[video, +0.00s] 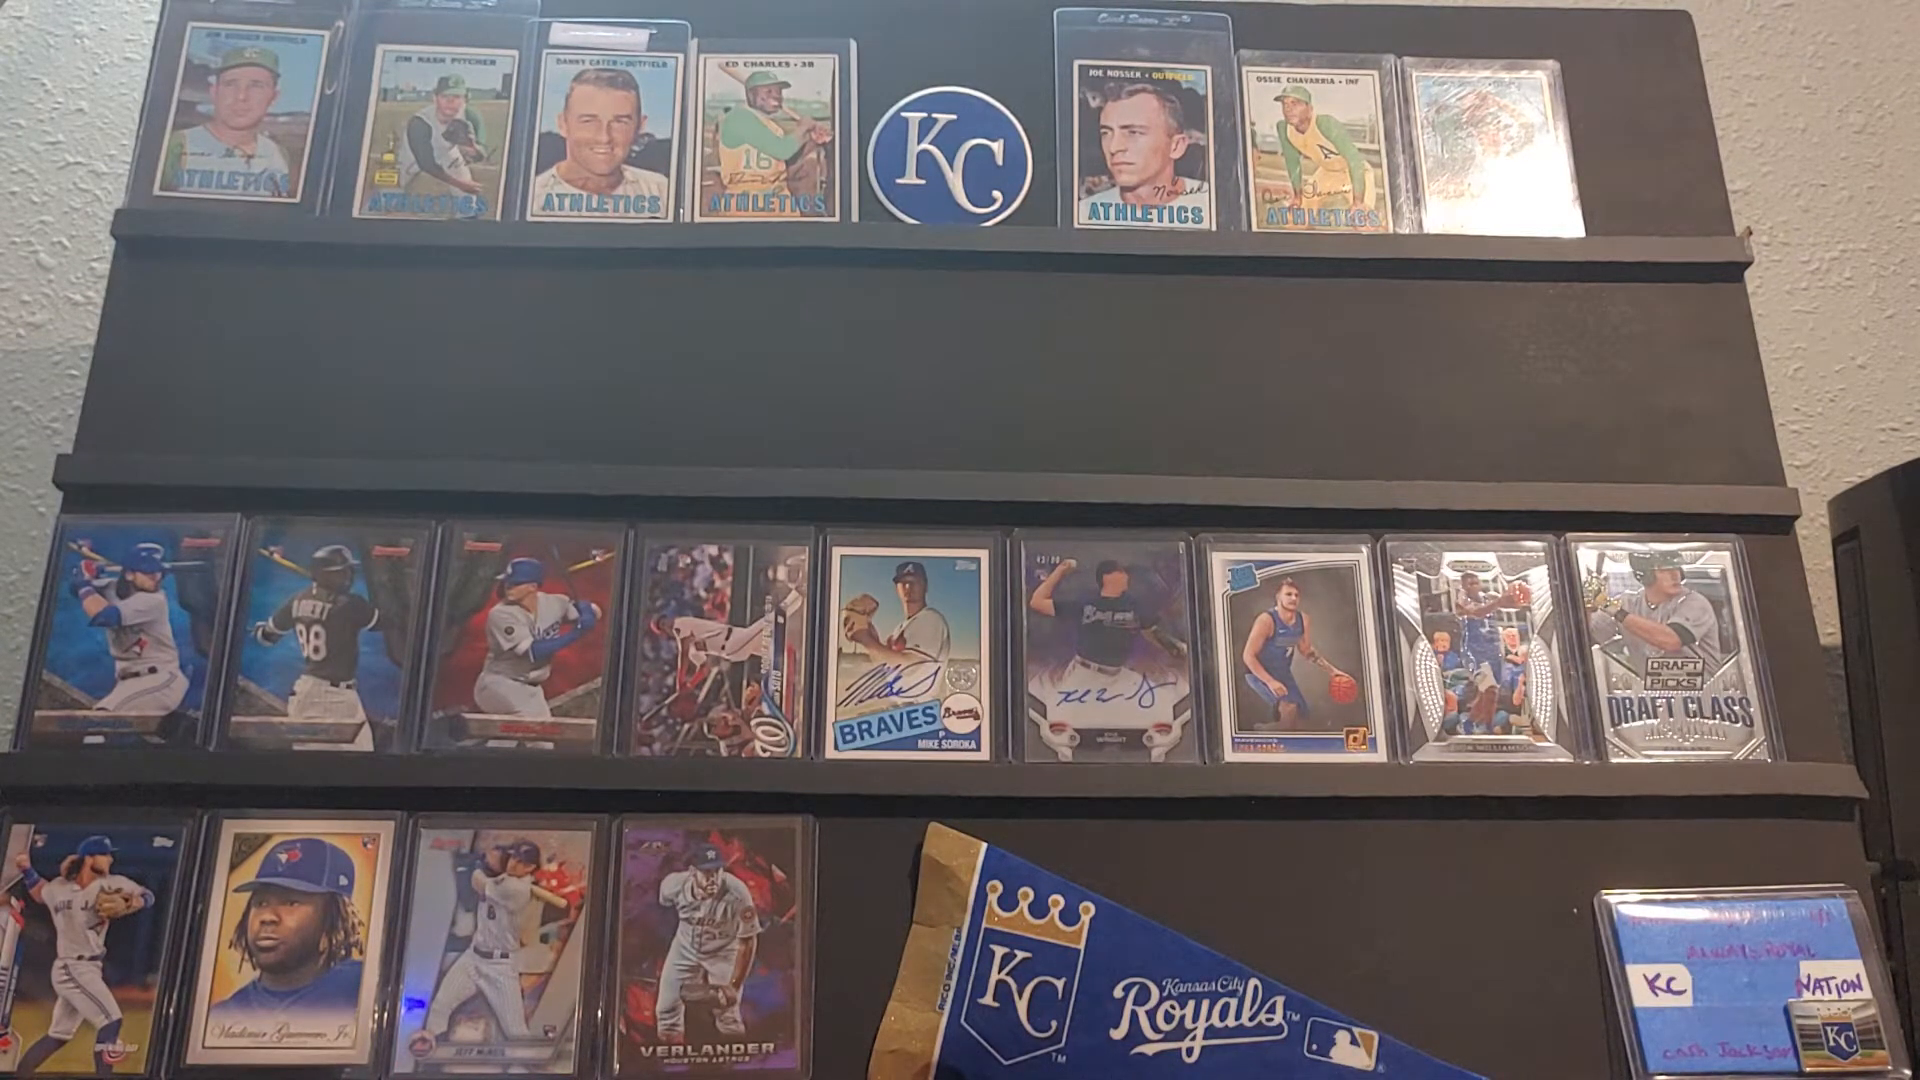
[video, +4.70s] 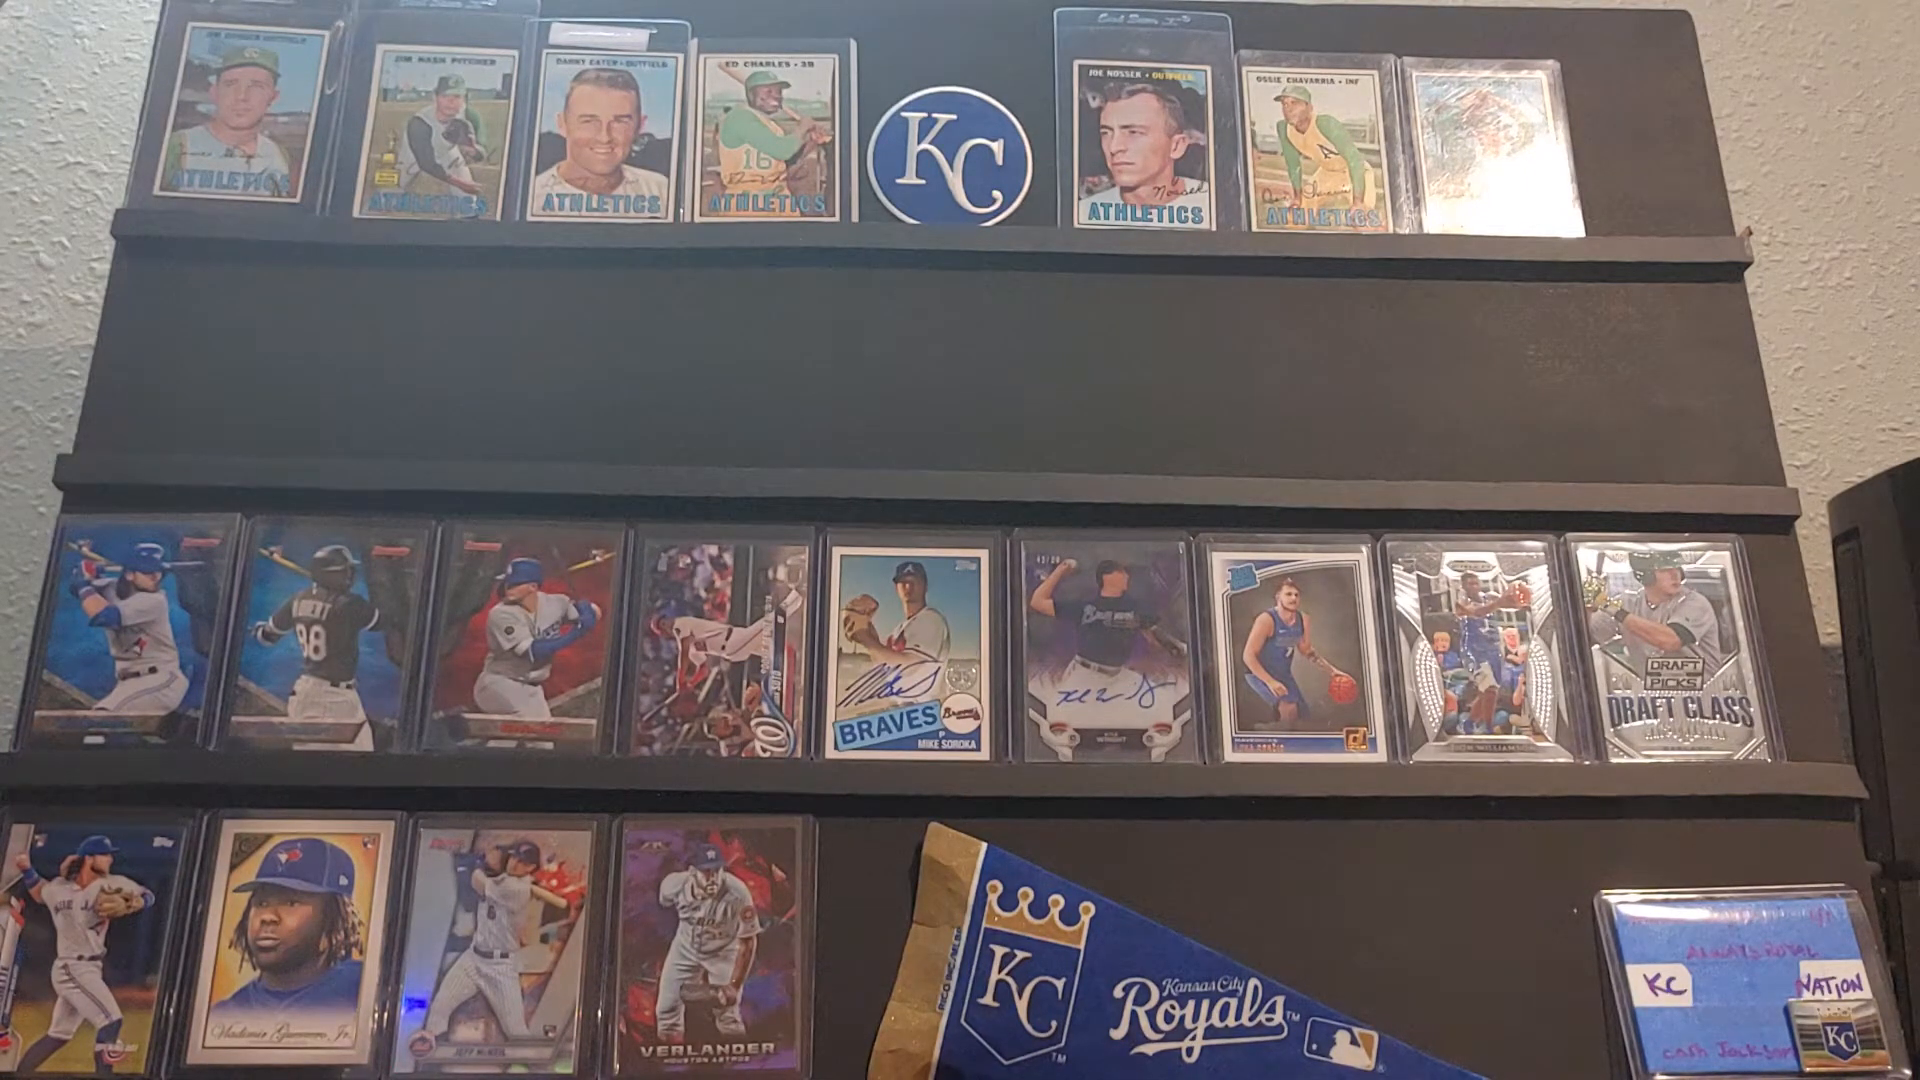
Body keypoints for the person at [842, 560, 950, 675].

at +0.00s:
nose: (907, 588)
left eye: (913, 582)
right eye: (902, 583)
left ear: (925, 587)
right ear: (896, 588)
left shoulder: (930, 619)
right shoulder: (902, 626)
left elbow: (910, 662)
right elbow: (882, 661)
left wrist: (866, 640)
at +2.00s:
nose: (907, 588)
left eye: (913, 582)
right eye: (902, 582)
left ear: (925, 586)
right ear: (896, 588)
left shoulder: (930, 619)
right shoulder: (901, 627)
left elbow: (909, 660)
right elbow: (879, 657)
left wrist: (864, 638)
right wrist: (863, 620)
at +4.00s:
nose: (907, 587)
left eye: (913, 582)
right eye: (902, 582)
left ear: (924, 586)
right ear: (896, 587)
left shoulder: (930, 619)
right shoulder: (901, 627)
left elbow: (911, 662)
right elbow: (882, 661)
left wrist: (866, 639)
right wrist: (865, 625)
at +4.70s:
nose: (907, 587)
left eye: (913, 582)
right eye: (902, 582)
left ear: (924, 586)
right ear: (896, 587)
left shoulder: (931, 618)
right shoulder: (900, 627)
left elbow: (910, 662)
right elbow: (881, 662)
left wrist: (865, 639)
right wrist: (865, 624)